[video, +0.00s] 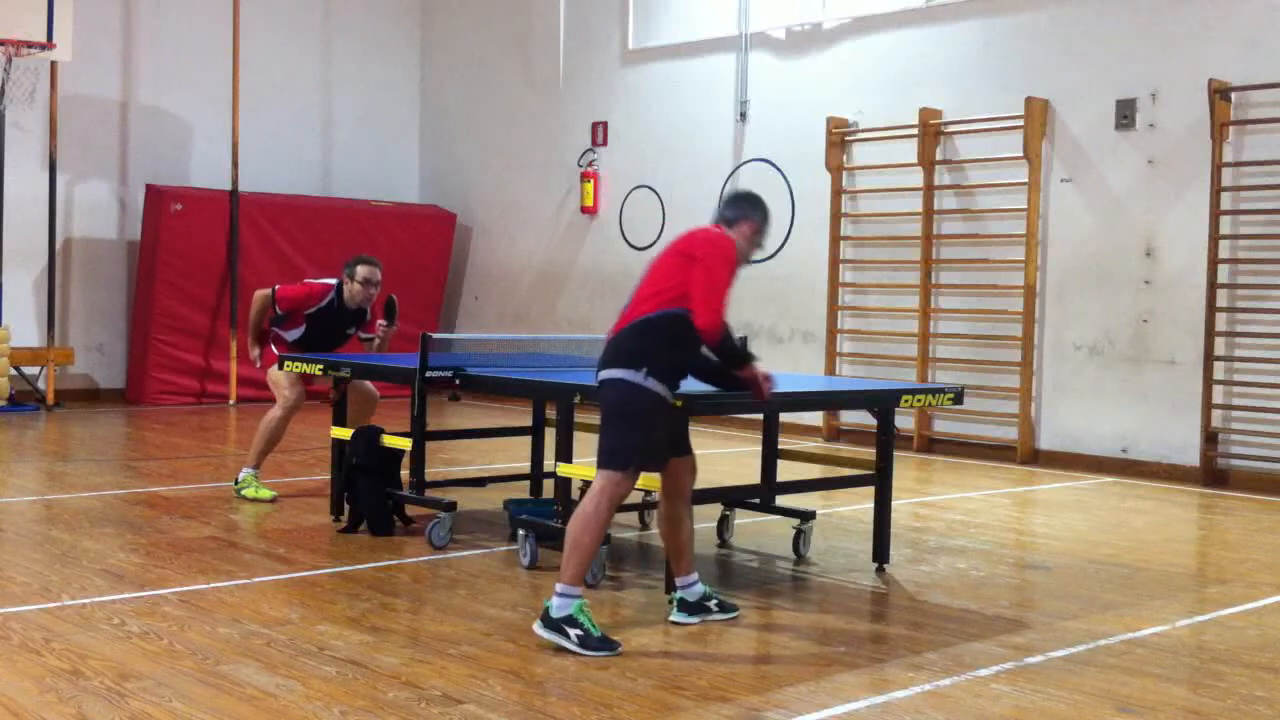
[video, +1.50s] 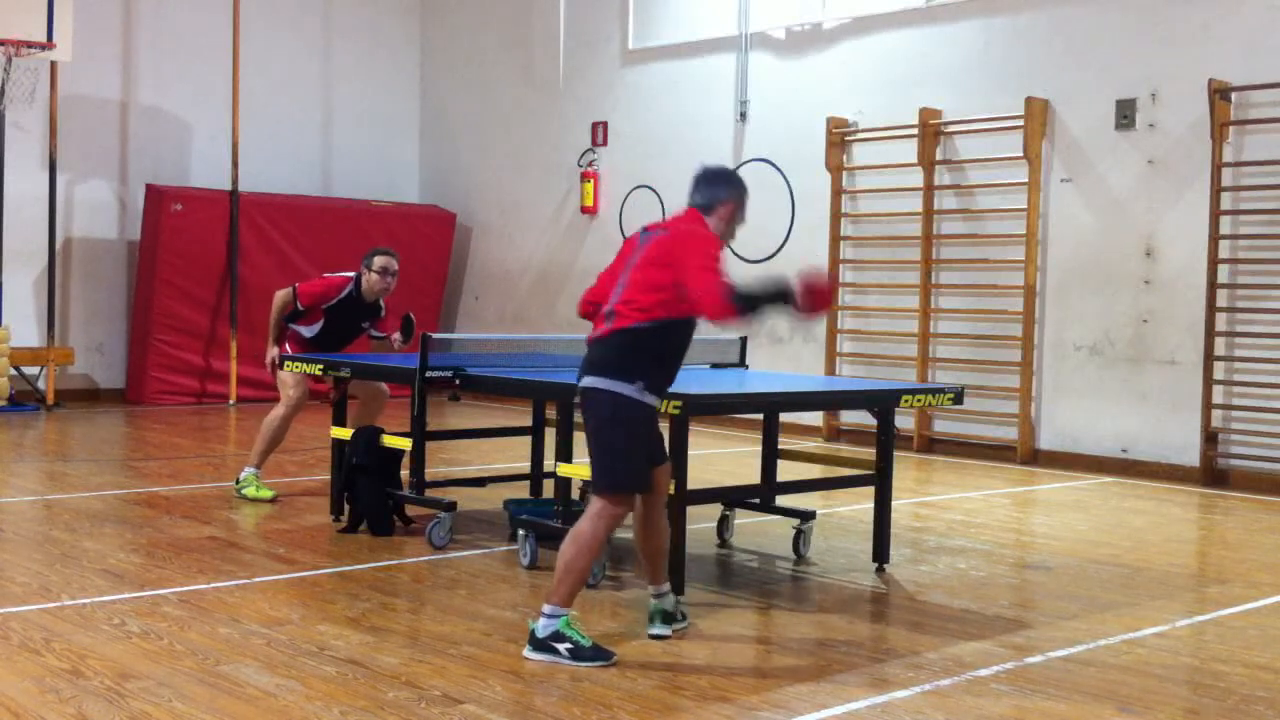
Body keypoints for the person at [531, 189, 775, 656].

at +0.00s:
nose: (754, 250)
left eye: (758, 242)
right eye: (757, 239)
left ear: (729, 221)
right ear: (745, 226)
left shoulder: (696, 249)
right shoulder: (716, 243)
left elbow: (684, 350)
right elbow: (708, 323)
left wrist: (743, 381)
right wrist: (744, 364)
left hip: (653, 378)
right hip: (636, 368)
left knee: (679, 472)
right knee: (612, 483)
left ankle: (687, 593)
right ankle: (561, 608)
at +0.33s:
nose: (785, 298)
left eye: (788, 291)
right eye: (788, 289)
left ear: (754, 267)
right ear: (780, 275)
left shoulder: (723, 283)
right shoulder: (762, 291)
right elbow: (756, 376)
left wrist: (789, 366)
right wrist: (799, 373)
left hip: (655, 379)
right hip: (646, 373)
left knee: (686, 472)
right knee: (616, 482)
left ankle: (689, 592)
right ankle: (562, 601)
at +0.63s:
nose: (775, 273)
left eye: (776, 265)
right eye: (776, 264)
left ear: (738, 250)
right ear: (767, 257)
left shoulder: (709, 271)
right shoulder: (748, 279)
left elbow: (716, 365)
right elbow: (732, 366)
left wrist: (771, 367)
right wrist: (777, 367)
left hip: (629, 374)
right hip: (643, 380)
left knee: (683, 473)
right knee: (616, 492)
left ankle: (689, 592)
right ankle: (558, 613)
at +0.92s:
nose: (726, 218)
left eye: (726, 210)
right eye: (727, 209)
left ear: (687, 200)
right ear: (716, 206)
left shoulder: (666, 238)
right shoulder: (682, 239)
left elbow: (662, 335)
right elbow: (650, 314)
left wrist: (733, 352)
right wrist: (685, 382)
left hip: (619, 385)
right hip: (615, 385)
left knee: (657, 482)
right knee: (600, 502)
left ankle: (682, 590)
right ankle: (549, 625)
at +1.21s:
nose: (709, 196)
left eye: (709, 186)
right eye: (707, 185)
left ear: (672, 180)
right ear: (690, 183)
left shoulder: (657, 228)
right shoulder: (640, 220)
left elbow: (675, 302)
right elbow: (608, 284)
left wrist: (736, 272)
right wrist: (672, 312)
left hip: (627, 388)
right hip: (601, 386)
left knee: (655, 479)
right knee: (588, 501)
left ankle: (649, 602)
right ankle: (547, 626)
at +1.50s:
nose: (735, 230)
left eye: (737, 221)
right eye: (737, 219)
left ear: (696, 202)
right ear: (724, 208)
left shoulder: (648, 235)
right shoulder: (696, 237)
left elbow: (590, 305)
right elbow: (716, 306)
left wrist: (654, 323)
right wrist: (784, 292)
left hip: (611, 387)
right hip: (620, 391)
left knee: (655, 480)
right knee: (612, 502)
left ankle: (663, 605)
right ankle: (549, 623)